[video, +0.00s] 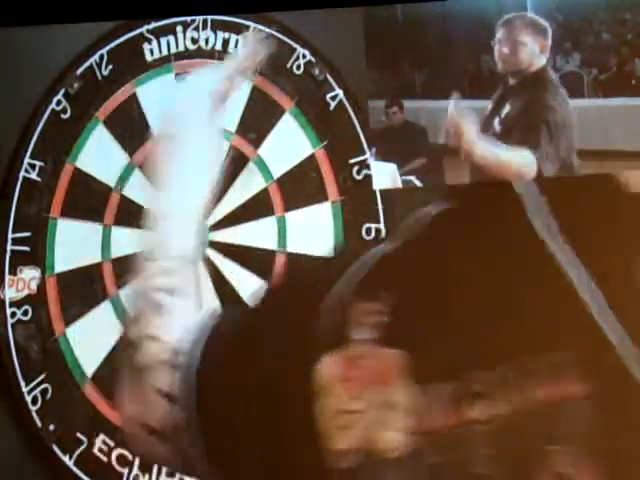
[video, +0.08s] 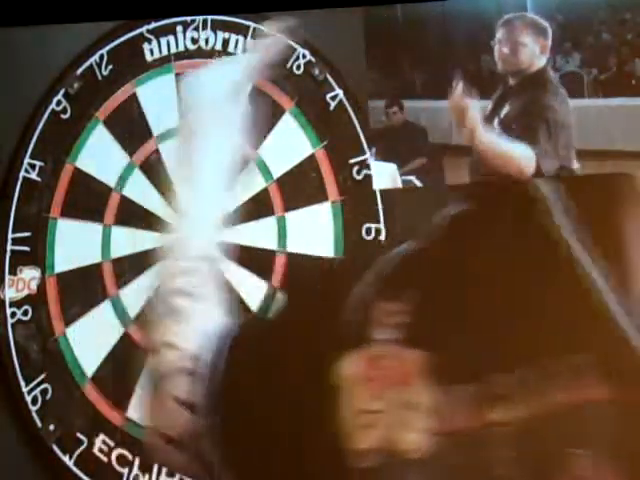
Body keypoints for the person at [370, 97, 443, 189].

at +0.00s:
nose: (391, 117)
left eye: (394, 113)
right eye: (388, 114)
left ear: (403, 112)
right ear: (385, 116)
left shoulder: (418, 131)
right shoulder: (383, 132)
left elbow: (422, 159)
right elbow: (379, 155)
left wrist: (399, 173)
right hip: (388, 178)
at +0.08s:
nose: (391, 117)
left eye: (394, 113)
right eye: (388, 114)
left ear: (403, 112)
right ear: (385, 116)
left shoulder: (418, 131)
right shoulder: (385, 132)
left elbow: (422, 159)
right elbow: (379, 155)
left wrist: (398, 173)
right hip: (390, 178)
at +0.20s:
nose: (391, 118)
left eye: (394, 113)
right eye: (388, 115)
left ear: (402, 113)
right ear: (386, 117)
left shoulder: (418, 131)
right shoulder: (383, 133)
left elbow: (423, 158)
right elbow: (379, 155)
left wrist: (399, 173)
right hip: (389, 180)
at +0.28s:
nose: (391, 117)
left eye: (394, 113)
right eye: (388, 114)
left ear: (402, 113)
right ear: (386, 116)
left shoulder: (417, 130)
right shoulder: (384, 132)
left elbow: (423, 159)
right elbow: (378, 154)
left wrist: (399, 173)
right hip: (389, 178)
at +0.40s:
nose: (391, 117)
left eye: (394, 113)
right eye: (388, 114)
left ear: (402, 113)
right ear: (386, 116)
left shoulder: (417, 131)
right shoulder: (384, 132)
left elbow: (423, 159)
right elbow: (379, 154)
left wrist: (399, 172)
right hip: (389, 178)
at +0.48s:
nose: (391, 117)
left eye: (394, 113)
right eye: (388, 114)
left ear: (402, 113)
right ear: (386, 116)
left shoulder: (417, 130)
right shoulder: (384, 132)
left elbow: (423, 159)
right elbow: (378, 154)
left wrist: (399, 172)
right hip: (389, 178)